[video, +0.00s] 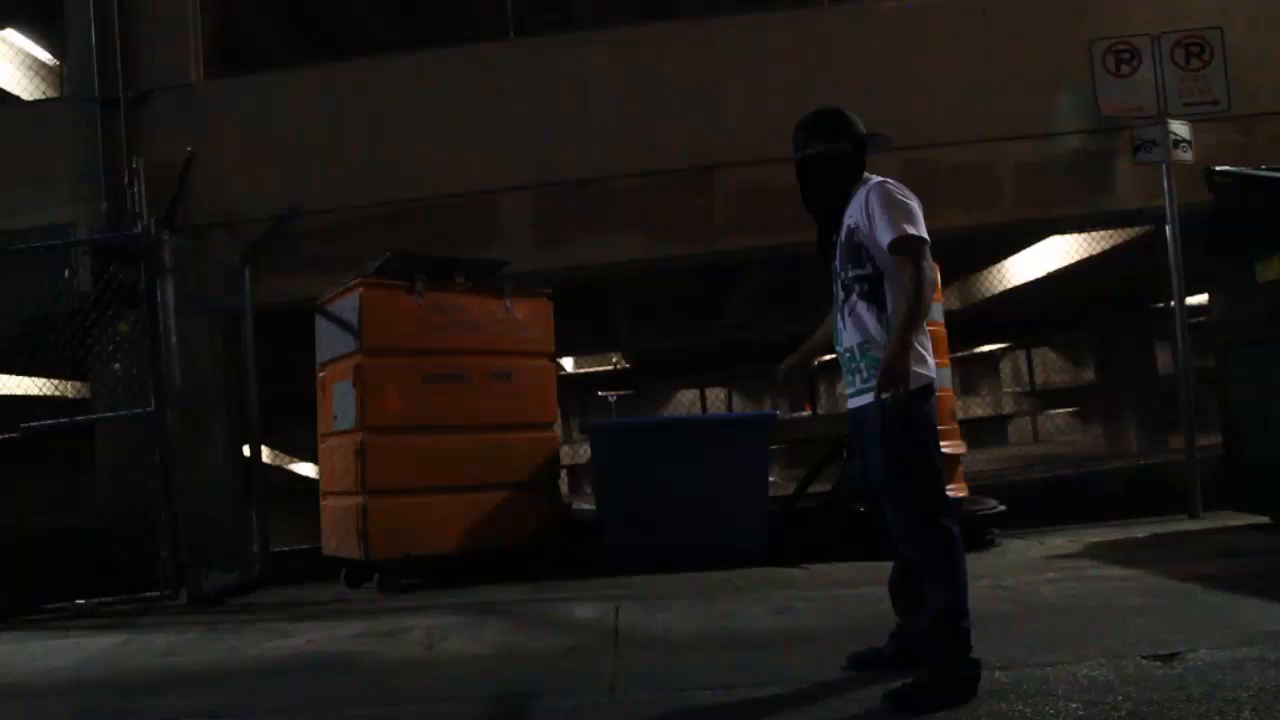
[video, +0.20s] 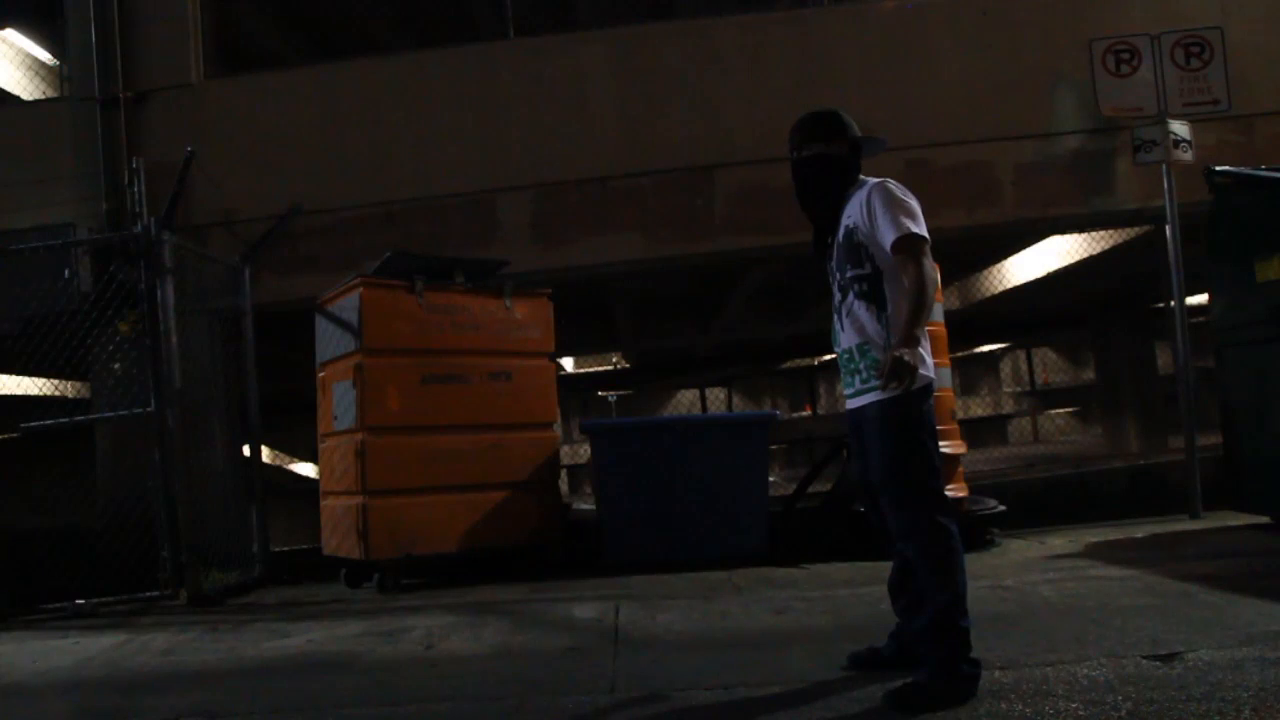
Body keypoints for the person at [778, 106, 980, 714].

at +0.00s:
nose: (805, 174)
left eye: (812, 160)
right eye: (802, 163)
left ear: (842, 155)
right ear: (825, 162)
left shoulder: (879, 194)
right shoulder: (849, 218)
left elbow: (915, 273)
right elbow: (851, 310)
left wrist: (896, 352)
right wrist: (805, 359)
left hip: (903, 390)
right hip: (874, 395)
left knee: (926, 521)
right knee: (898, 521)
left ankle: (951, 665)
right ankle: (914, 638)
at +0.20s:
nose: (802, 173)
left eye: (811, 159)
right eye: (798, 162)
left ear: (840, 156)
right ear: (812, 162)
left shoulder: (878, 196)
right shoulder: (843, 220)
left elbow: (917, 268)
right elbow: (860, 308)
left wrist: (904, 344)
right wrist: (853, 389)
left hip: (900, 394)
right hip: (871, 400)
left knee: (924, 522)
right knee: (898, 523)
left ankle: (951, 663)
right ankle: (914, 639)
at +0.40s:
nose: (798, 176)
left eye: (807, 163)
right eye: (793, 166)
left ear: (836, 158)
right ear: (799, 168)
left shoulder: (875, 195)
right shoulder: (839, 221)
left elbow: (919, 266)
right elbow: (860, 307)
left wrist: (912, 342)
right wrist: (853, 386)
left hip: (902, 393)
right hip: (872, 399)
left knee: (925, 520)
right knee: (898, 521)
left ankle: (951, 662)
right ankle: (913, 638)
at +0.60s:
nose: (795, 179)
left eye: (804, 165)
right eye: (791, 169)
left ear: (833, 159)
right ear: (802, 169)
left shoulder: (872, 196)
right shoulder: (841, 221)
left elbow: (915, 265)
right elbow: (862, 310)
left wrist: (911, 348)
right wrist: (855, 387)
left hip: (901, 393)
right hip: (872, 399)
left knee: (925, 524)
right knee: (898, 524)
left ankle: (951, 664)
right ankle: (913, 639)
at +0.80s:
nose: (796, 179)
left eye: (804, 165)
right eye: (792, 168)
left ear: (833, 160)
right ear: (808, 166)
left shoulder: (873, 195)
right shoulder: (843, 220)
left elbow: (916, 265)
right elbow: (865, 305)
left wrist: (909, 349)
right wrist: (859, 384)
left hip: (902, 393)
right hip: (873, 398)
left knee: (926, 523)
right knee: (899, 523)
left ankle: (951, 664)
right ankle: (914, 639)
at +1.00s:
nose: (800, 176)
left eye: (809, 162)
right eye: (795, 166)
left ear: (838, 158)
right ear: (800, 168)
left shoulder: (875, 194)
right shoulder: (843, 222)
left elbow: (916, 264)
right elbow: (862, 311)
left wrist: (907, 349)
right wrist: (853, 390)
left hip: (902, 393)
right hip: (873, 399)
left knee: (926, 522)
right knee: (900, 523)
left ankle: (952, 663)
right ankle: (914, 639)